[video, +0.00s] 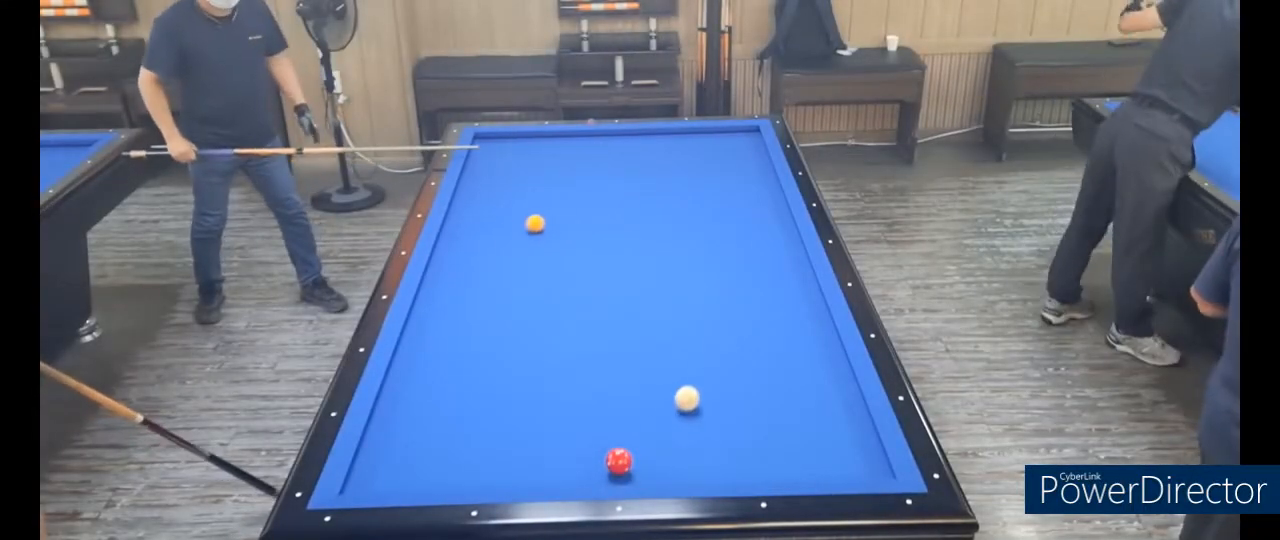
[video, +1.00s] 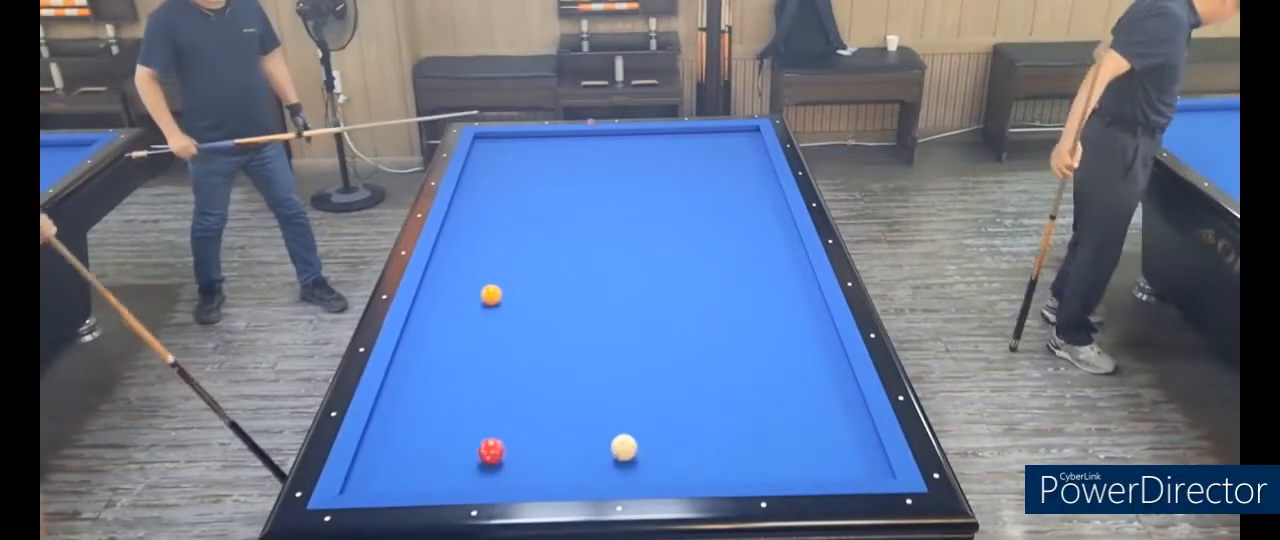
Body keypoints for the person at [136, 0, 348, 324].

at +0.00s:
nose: (226, 2)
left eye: (230, 1)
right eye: (218, 2)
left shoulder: (255, 9)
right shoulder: (172, 23)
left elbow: (278, 57)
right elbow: (148, 81)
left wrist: (300, 106)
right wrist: (173, 137)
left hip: (262, 139)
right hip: (210, 146)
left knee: (292, 209)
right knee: (209, 222)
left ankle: (313, 283)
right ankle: (210, 292)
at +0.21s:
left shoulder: (251, 8)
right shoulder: (170, 21)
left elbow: (272, 56)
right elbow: (148, 80)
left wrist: (290, 109)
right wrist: (175, 137)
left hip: (263, 137)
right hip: (210, 145)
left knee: (292, 209)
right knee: (209, 222)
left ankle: (313, 283)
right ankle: (210, 292)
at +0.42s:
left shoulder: (248, 7)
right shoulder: (168, 20)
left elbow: (270, 54)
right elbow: (147, 81)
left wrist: (291, 106)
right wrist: (175, 137)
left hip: (262, 136)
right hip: (210, 144)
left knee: (292, 209)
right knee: (209, 222)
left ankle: (313, 283)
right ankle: (210, 291)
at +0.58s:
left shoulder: (247, 7)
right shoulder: (168, 20)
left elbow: (270, 55)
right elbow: (146, 80)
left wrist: (294, 105)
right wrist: (175, 137)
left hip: (262, 137)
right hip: (210, 145)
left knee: (292, 209)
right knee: (209, 222)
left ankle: (313, 282)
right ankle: (210, 291)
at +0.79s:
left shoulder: (247, 7)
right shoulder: (167, 18)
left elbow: (271, 56)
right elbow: (145, 78)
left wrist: (295, 106)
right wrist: (175, 136)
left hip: (263, 138)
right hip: (210, 146)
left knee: (292, 209)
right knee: (209, 222)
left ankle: (313, 282)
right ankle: (210, 291)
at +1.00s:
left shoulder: (248, 7)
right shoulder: (166, 18)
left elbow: (271, 56)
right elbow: (144, 77)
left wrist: (295, 108)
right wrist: (174, 135)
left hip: (263, 137)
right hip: (210, 146)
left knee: (292, 210)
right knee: (209, 222)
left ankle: (313, 282)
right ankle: (209, 291)